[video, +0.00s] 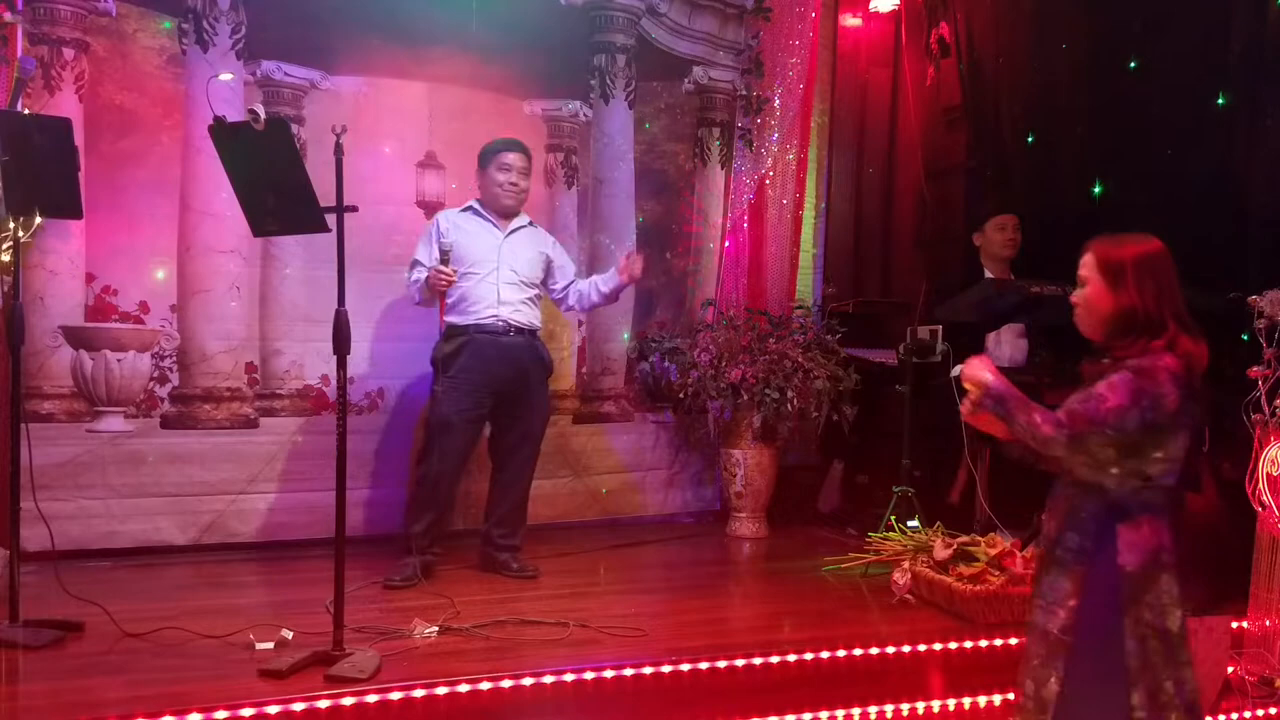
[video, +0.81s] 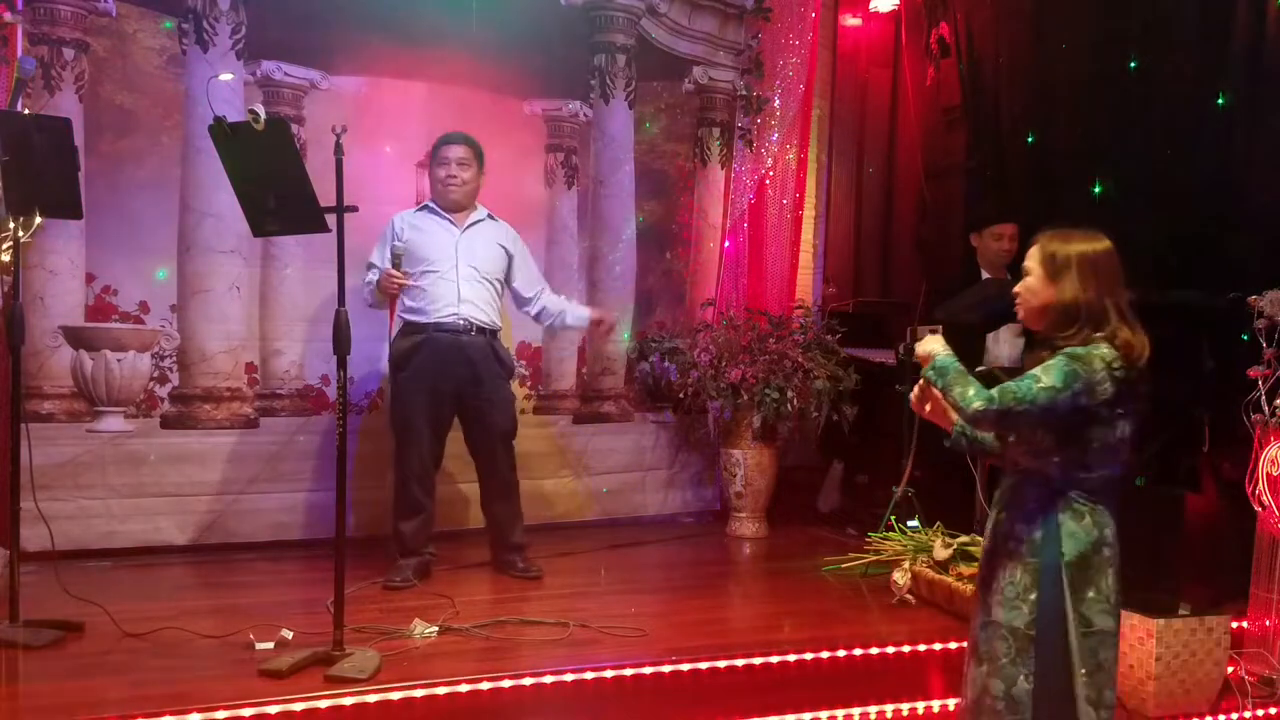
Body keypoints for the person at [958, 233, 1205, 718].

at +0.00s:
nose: (1074, 297)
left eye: (1085, 284)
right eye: (1077, 284)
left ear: (1126, 294)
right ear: (1128, 297)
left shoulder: (1153, 375)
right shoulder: (1139, 369)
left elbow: (1063, 435)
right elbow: (1086, 450)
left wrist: (992, 384)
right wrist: (1006, 428)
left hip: (1116, 549)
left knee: (1094, 685)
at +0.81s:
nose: (1016, 288)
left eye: (1029, 277)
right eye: (1021, 276)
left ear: (1068, 289)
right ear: (1070, 292)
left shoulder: (1090, 365)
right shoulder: (1086, 360)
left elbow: (986, 409)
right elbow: (1029, 443)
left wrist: (939, 359)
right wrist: (953, 423)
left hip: (1058, 528)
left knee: (1037, 675)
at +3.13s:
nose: (671, 293)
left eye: (677, 282)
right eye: (674, 281)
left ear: (693, 291)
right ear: (740, 288)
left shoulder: (696, 369)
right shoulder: (758, 359)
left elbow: (667, 471)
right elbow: (715, 410)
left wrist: (656, 489)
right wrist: (637, 396)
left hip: (713, 541)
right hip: (769, 531)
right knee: (753, 661)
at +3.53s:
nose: (628, 303)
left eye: (631, 291)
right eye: (630, 291)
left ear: (646, 299)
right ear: (697, 296)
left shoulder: (656, 365)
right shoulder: (713, 359)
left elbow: (641, 468)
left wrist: (635, 512)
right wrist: (621, 384)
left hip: (693, 523)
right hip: (746, 518)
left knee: (670, 656)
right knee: (723, 654)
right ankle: (719, 717)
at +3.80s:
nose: (622, 302)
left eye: (626, 291)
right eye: (625, 291)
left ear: (641, 297)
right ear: (688, 294)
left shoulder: (654, 362)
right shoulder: (707, 356)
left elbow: (643, 460)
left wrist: (631, 505)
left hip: (688, 515)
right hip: (737, 508)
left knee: (661, 639)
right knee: (722, 642)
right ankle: (718, 716)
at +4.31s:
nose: (606, 295)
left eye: (610, 284)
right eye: (607, 284)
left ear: (627, 288)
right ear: (670, 282)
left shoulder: (644, 344)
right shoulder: (693, 338)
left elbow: (637, 437)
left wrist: (622, 491)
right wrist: (608, 376)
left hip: (678, 495)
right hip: (723, 490)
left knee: (677, 624)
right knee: (719, 621)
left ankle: (695, 709)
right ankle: (727, 707)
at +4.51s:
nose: (596, 294)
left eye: (605, 282)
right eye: (594, 283)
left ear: (640, 286)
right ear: (648, 288)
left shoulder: (640, 343)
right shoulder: (678, 334)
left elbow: (636, 429)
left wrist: (617, 485)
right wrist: (603, 382)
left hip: (670, 492)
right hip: (708, 482)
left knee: (674, 618)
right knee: (707, 613)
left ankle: (687, 710)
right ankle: (724, 707)